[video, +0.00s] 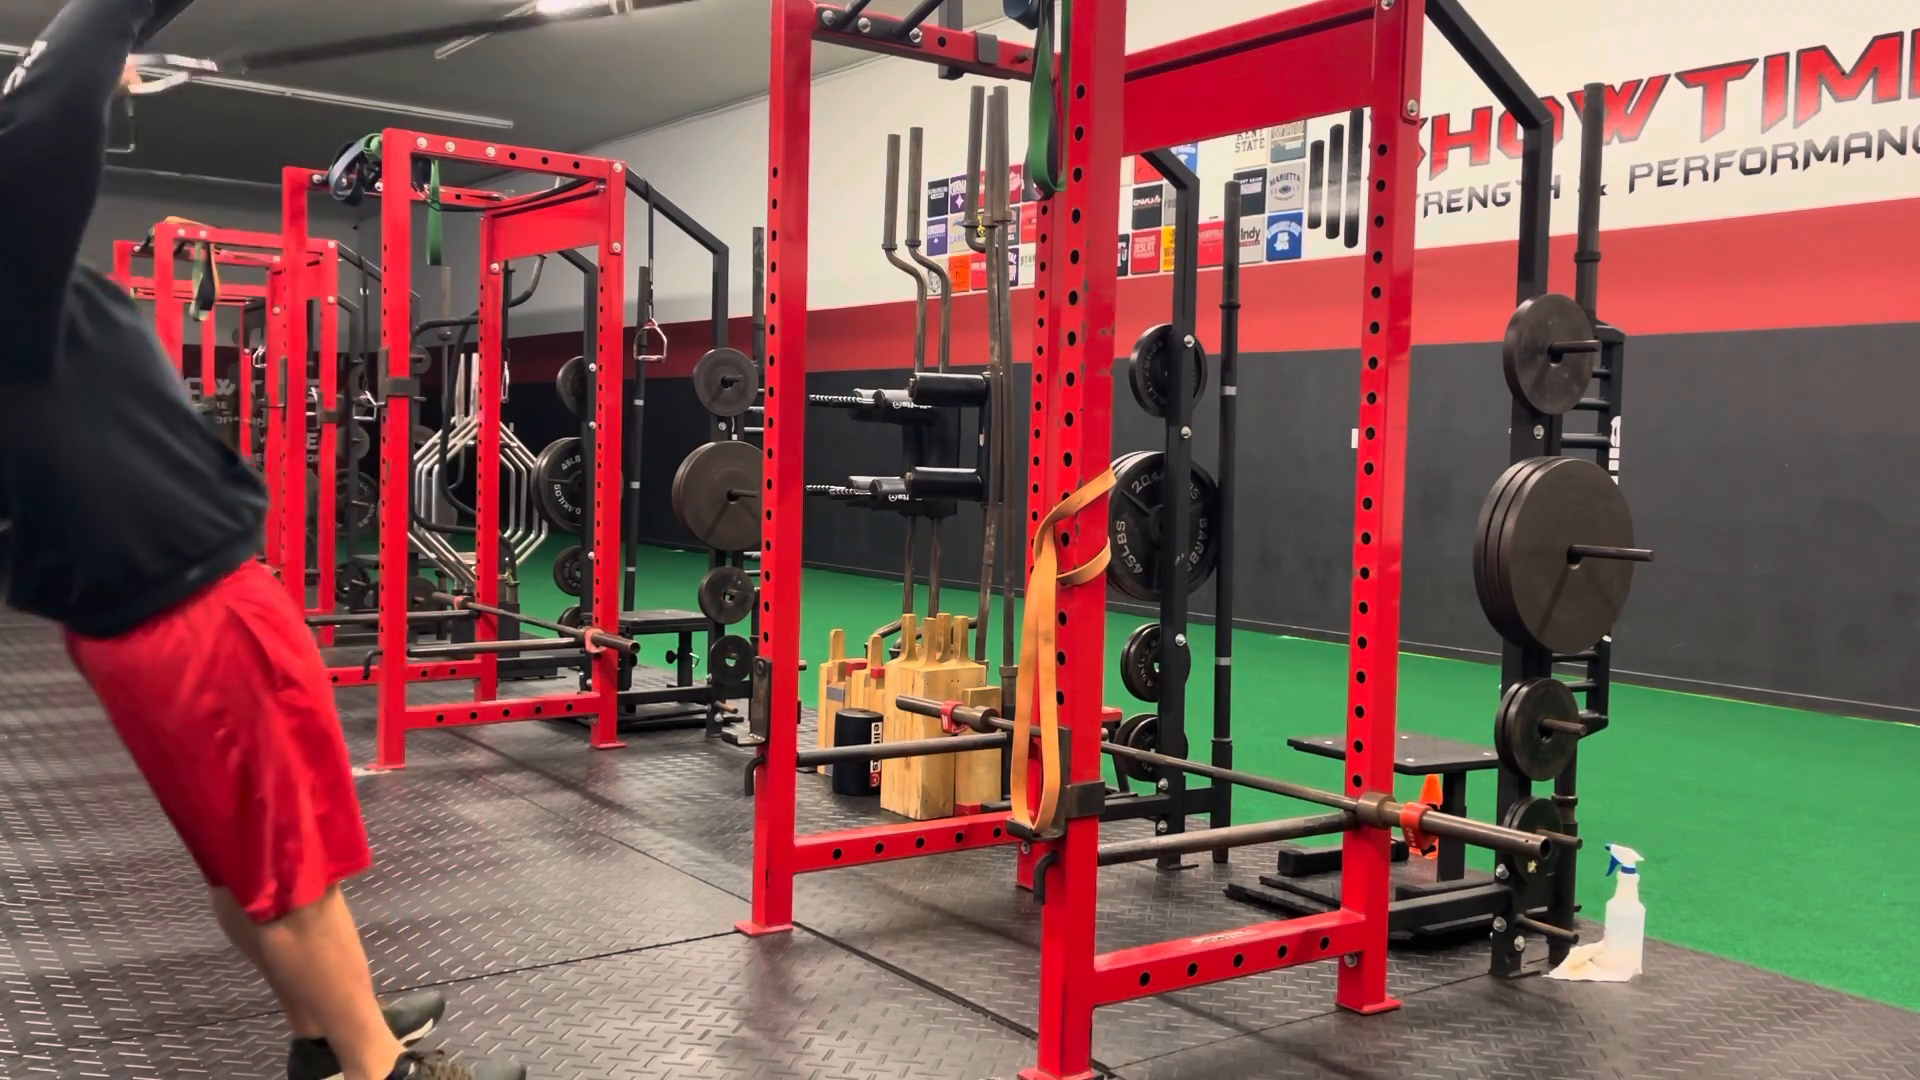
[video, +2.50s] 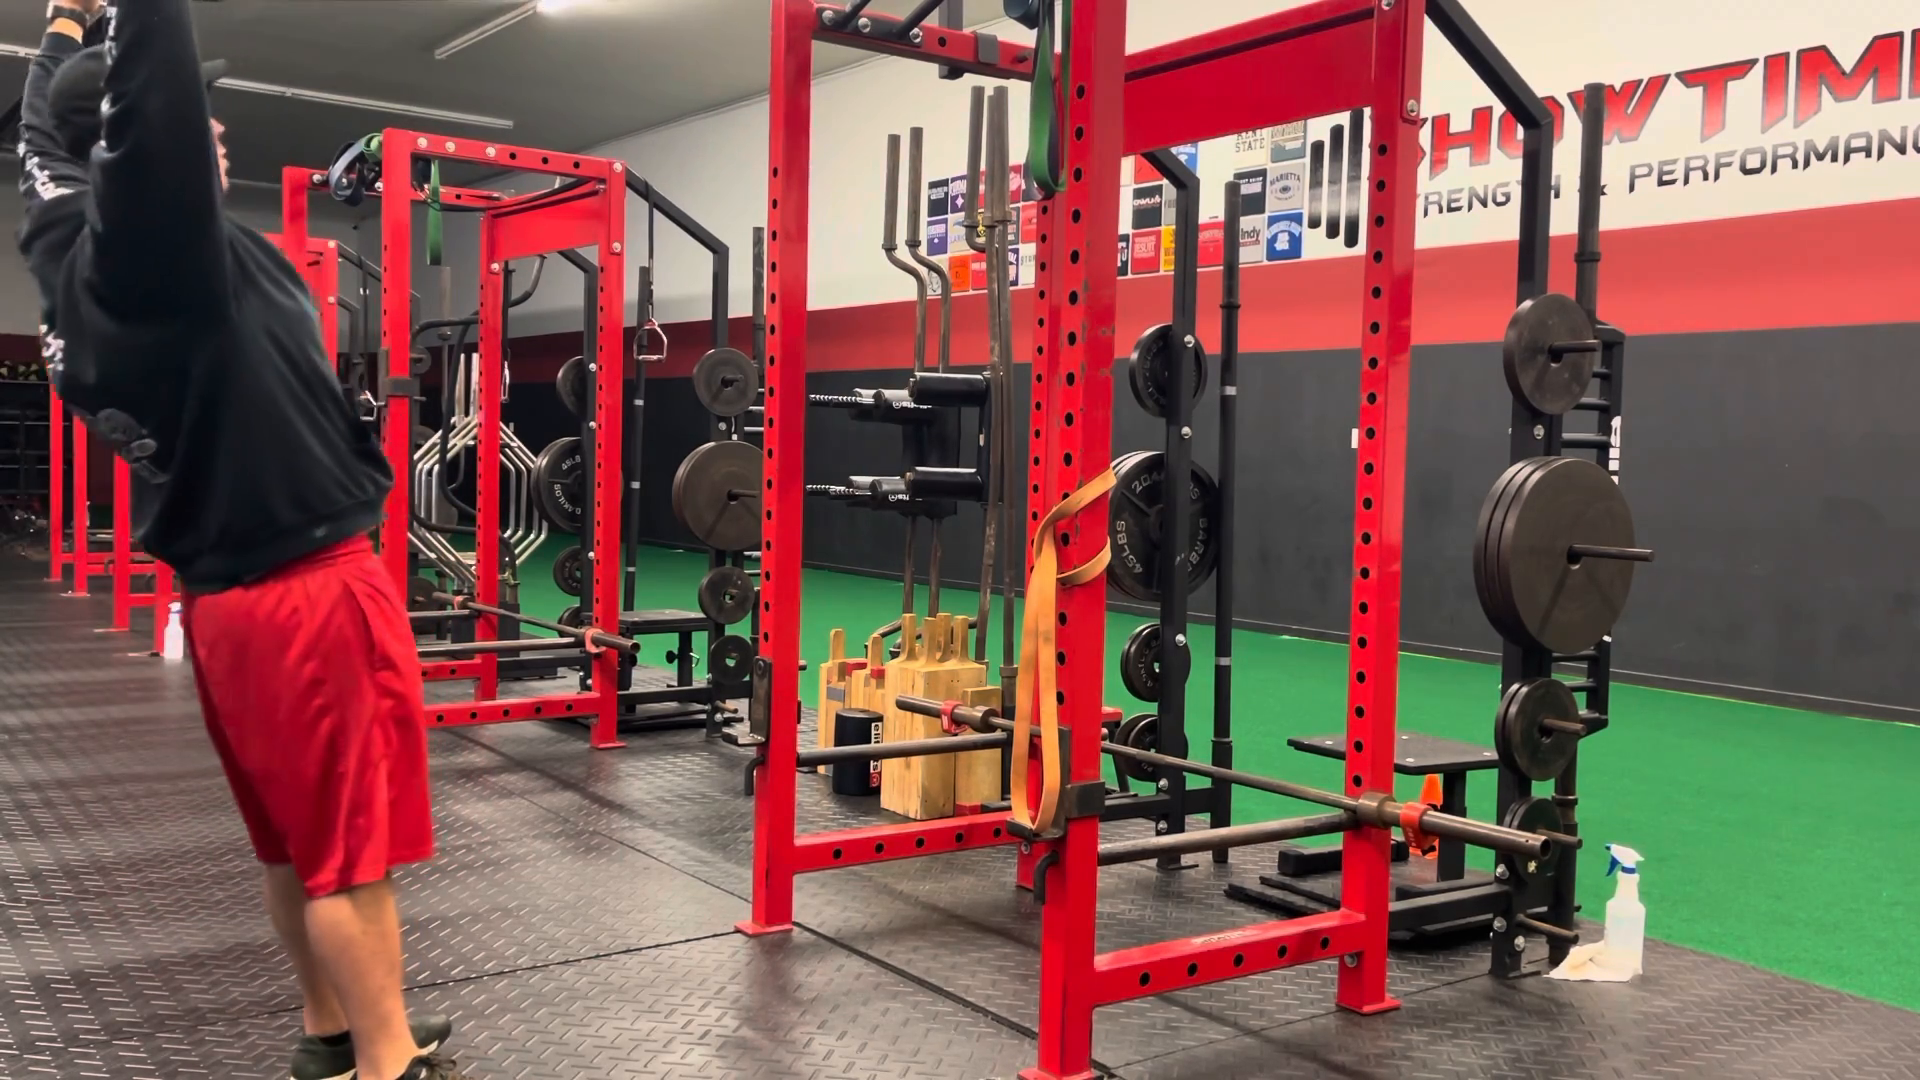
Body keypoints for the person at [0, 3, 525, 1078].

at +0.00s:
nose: (111, 98)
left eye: (106, 83)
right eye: (92, 80)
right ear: (38, 127)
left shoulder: (27, 263)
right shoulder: (19, 260)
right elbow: (71, 70)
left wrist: (92, 70)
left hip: (131, 616)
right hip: (186, 609)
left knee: (248, 863)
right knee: (292, 877)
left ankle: (329, 1032)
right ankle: (376, 1061)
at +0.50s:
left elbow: (28, 323)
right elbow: (26, 326)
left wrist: (188, 245)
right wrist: (196, 241)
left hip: (38, 634)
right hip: (33, 644)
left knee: (193, 849)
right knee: (205, 879)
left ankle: (318, 1030)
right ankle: (358, 1066)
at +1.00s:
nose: (132, 139)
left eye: (137, 125)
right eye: (124, 124)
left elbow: (25, 140)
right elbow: (39, 185)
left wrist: (137, 38)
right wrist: (149, 47)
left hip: (138, 602)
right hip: (140, 610)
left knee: (259, 844)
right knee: (271, 862)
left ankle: (339, 1033)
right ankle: (371, 1063)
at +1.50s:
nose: (111, 133)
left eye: (97, 118)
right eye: (91, 118)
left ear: (29, 157)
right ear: (67, 136)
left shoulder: (48, 281)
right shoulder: (119, 247)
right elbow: (139, 51)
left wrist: (78, 45)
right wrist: (96, 26)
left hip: (220, 612)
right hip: (300, 597)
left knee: (288, 847)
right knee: (350, 858)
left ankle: (330, 1026)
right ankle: (388, 1061)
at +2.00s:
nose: (287, 127)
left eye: (280, 109)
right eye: (270, 110)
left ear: (207, 147)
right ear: (225, 130)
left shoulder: (148, 258)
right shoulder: (239, 233)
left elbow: (99, 148)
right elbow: (206, 63)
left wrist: (75, 27)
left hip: (248, 595)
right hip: (333, 592)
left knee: (297, 842)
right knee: (355, 855)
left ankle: (333, 1026)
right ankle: (388, 1057)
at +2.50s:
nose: (220, 134)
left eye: (211, 118)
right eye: (200, 119)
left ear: (114, 158)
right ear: (158, 141)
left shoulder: (83, 277)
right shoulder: (169, 254)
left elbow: (51, 152)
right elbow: (161, 98)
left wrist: (68, 34)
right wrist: (133, 1)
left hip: (228, 605)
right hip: (307, 594)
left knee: (293, 845)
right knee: (352, 855)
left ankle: (333, 1025)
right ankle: (389, 1058)